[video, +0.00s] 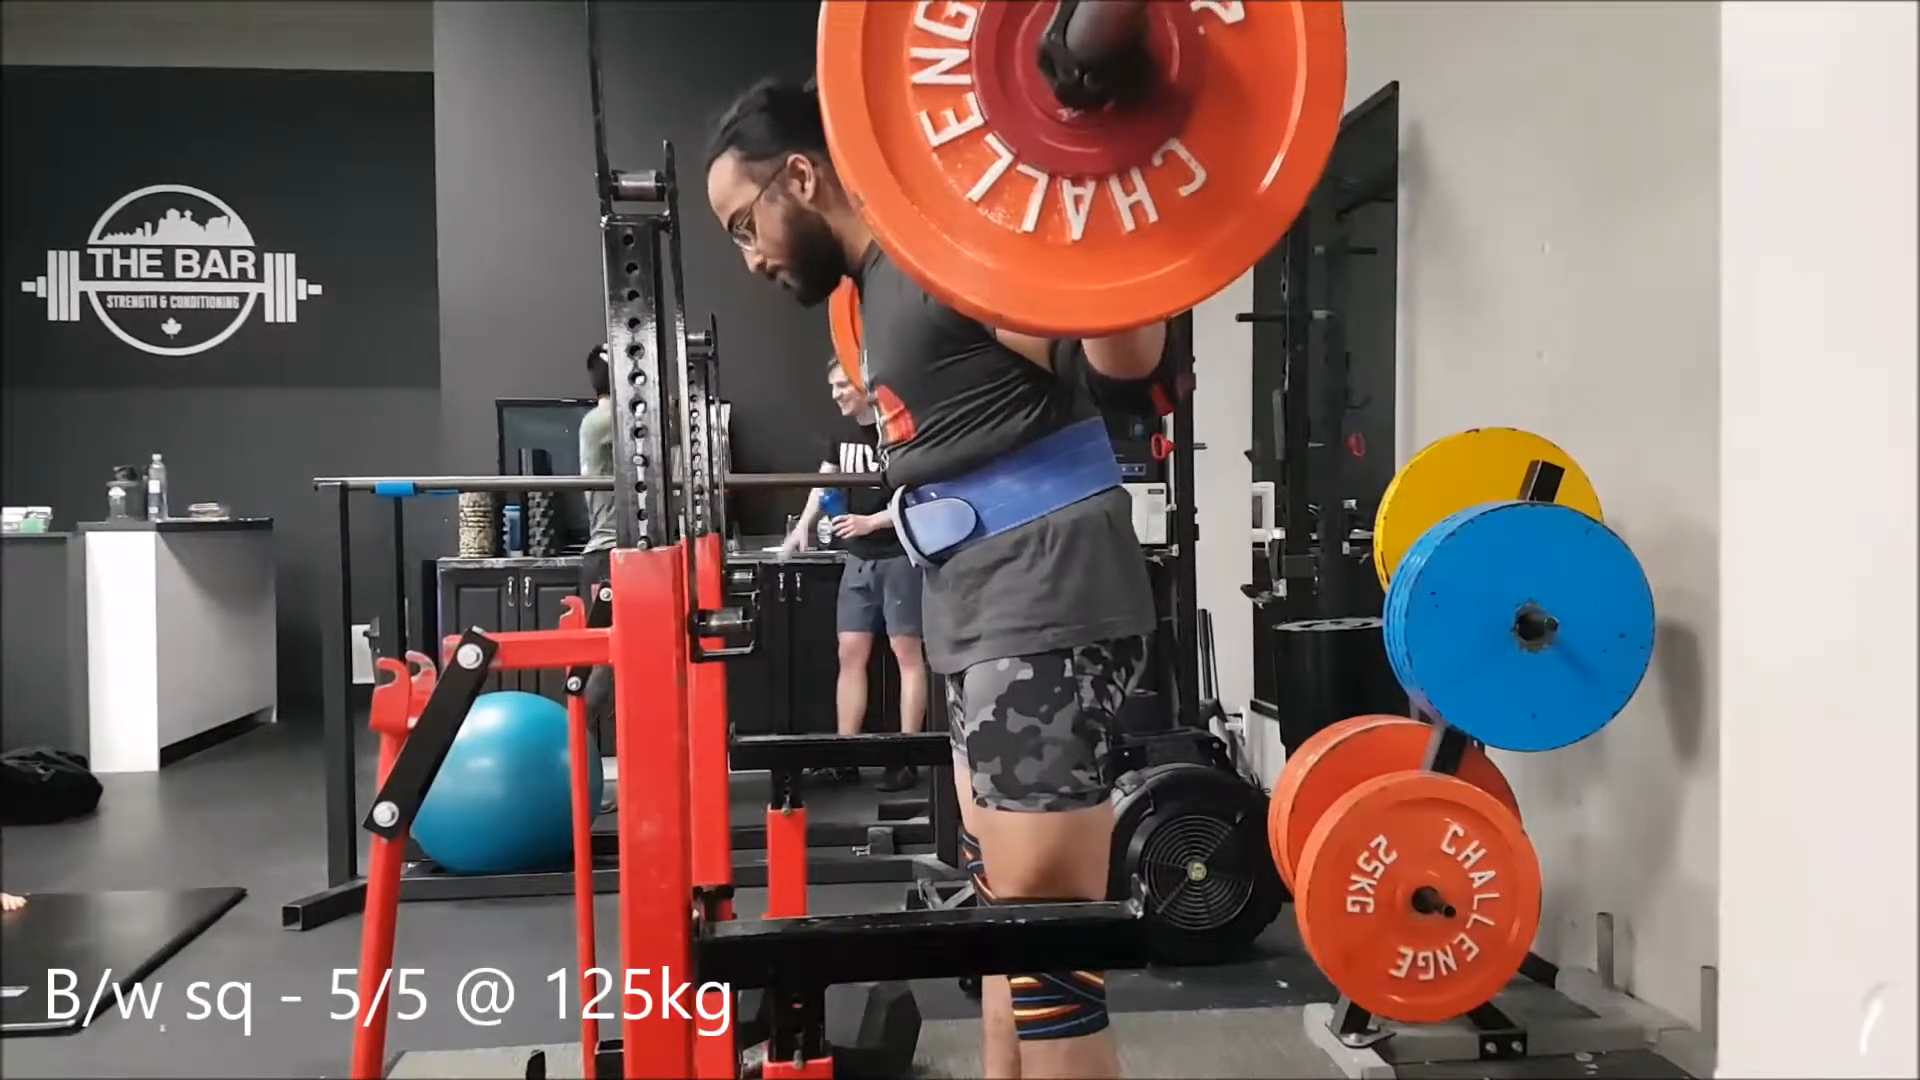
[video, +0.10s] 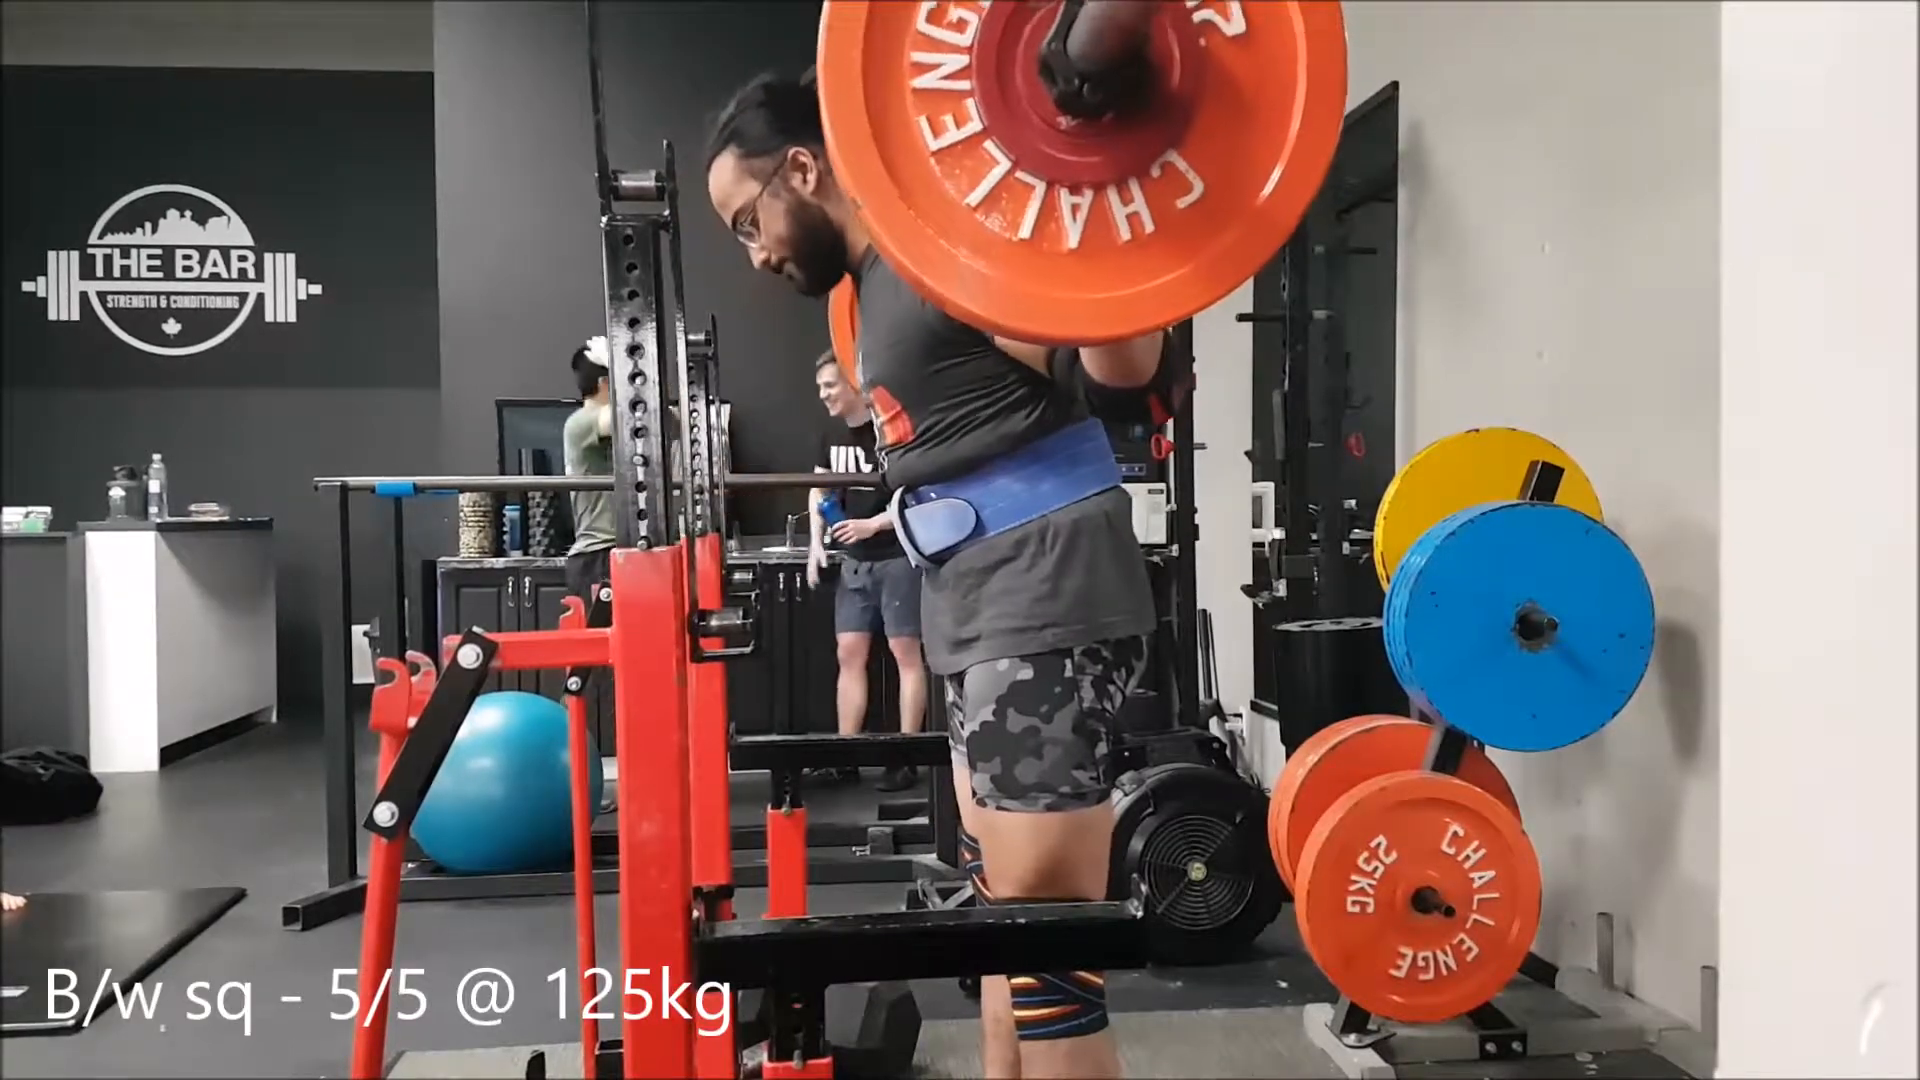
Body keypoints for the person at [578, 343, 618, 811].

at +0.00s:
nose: (634, 377)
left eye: (627, 367)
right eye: (628, 368)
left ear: (597, 377)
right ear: (616, 375)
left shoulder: (596, 420)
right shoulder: (607, 419)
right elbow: (653, 434)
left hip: (603, 549)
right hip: (610, 551)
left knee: (605, 657)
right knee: (612, 658)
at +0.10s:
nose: (620, 384)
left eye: (619, 377)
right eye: (617, 377)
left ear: (593, 384)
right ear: (603, 381)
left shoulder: (613, 419)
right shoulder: (580, 422)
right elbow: (611, 427)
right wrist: (617, 390)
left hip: (618, 552)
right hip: (594, 554)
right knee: (591, 661)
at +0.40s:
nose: (573, 381)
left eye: (572, 373)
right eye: (567, 376)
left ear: (537, 380)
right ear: (556, 379)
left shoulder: (575, 423)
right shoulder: (528, 423)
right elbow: (580, 397)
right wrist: (561, 355)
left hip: (599, 551)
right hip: (563, 553)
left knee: (604, 664)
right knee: (571, 664)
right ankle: (557, 762)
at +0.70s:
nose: (523, 382)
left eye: (519, 373)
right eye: (513, 376)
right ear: (502, 383)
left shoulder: (522, 442)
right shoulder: (479, 428)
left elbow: (559, 502)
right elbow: (533, 397)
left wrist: (620, 520)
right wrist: (510, 356)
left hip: (542, 560)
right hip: (514, 562)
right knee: (537, 660)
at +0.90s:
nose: (517, 389)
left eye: (516, 383)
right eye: (510, 382)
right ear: (486, 390)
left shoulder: (500, 448)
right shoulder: (455, 429)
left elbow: (517, 511)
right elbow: (509, 407)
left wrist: (564, 522)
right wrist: (498, 365)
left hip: (501, 565)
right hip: (467, 567)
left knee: (509, 667)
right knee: (473, 666)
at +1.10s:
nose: (499, 383)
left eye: (497, 375)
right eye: (490, 375)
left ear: (468, 384)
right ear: (462, 384)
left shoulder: (479, 434)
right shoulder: (436, 422)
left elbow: (486, 510)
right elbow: (456, 442)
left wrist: (511, 545)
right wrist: (514, 404)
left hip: (471, 557)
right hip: (435, 557)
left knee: (478, 653)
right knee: (447, 656)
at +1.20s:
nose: (489, 382)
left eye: (486, 375)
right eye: (480, 375)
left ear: (456, 385)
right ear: (451, 384)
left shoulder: (458, 436)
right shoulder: (430, 425)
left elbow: (464, 515)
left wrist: (490, 554)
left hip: (458, 560)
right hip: (430, 560)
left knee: (462, 656)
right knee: (433, 659)